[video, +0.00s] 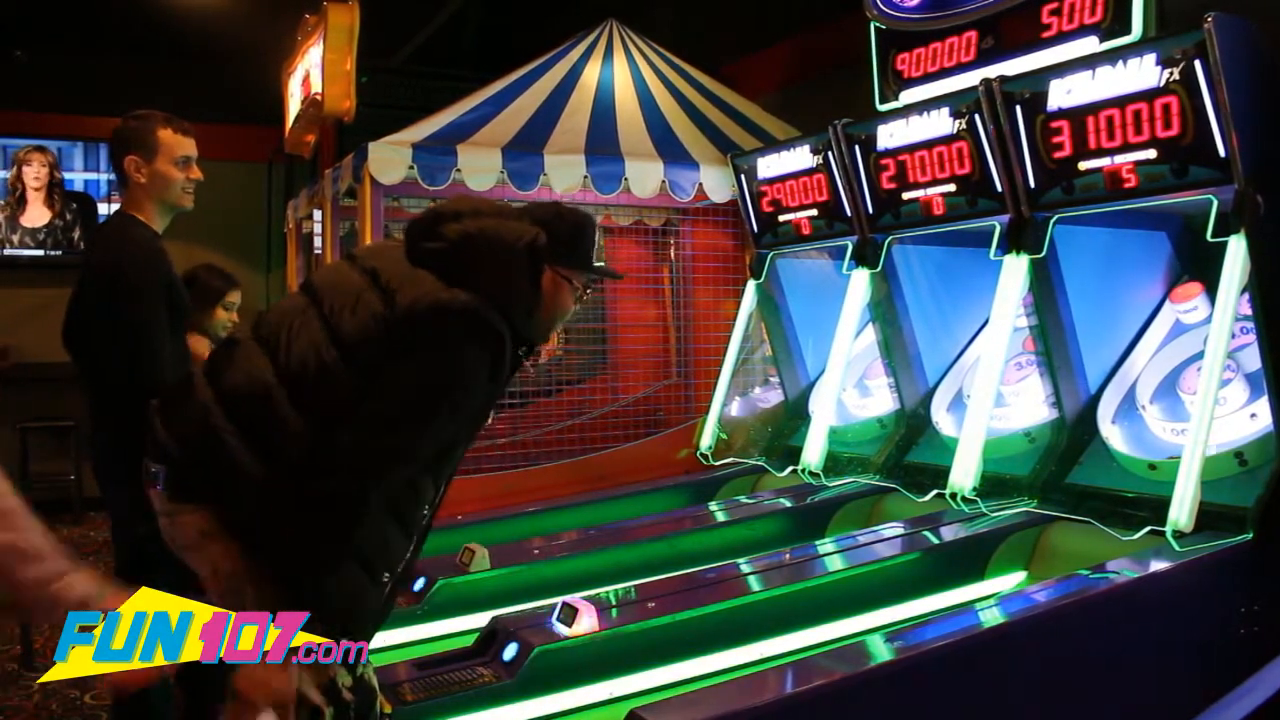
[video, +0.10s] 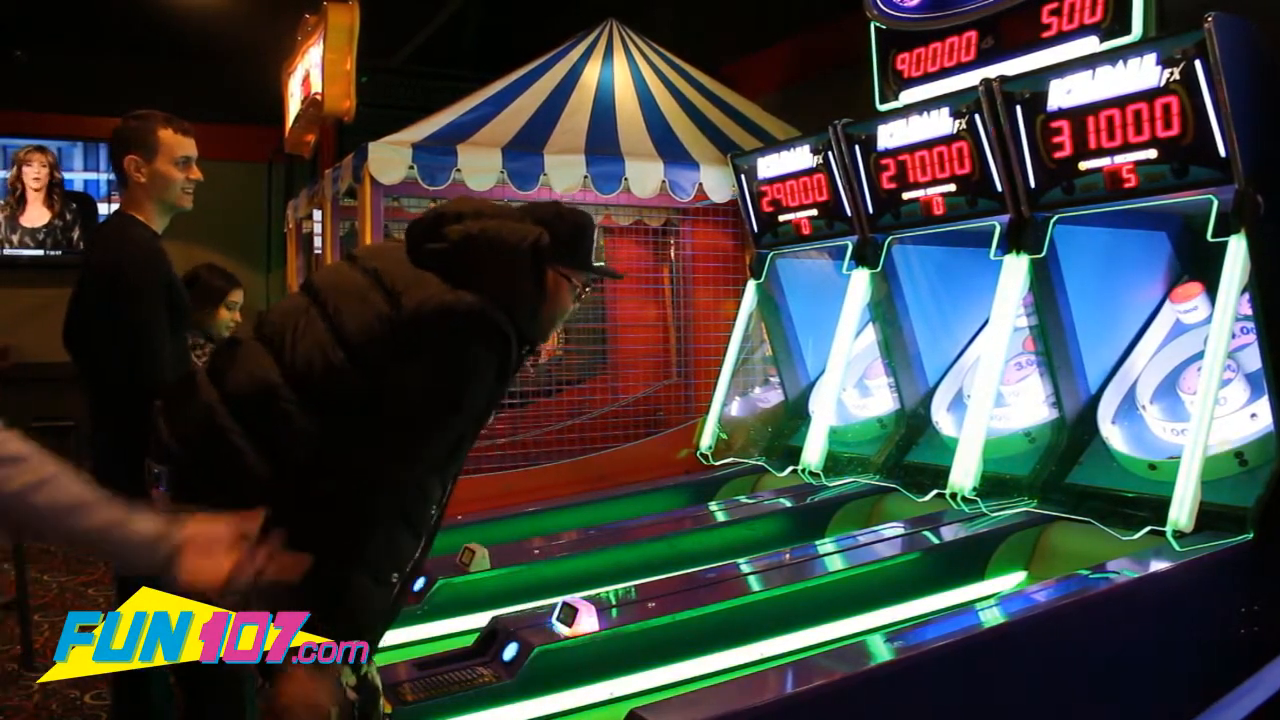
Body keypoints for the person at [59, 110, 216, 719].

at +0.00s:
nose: (196, 175)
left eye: (195, 163)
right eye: (183, 162)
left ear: (139, 171)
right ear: (136, 169)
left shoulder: (112, 240)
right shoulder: (138, 250)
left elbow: (77, 334)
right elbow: (163, 372)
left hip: (121, 448)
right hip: (146, 458)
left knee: (146, 583)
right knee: (168, 590)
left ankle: (144, 699)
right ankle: (167, 702)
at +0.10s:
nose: (196, 175)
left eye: (196, 163)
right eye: (184, 163)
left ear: (141, 171)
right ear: (138, 169)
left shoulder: (110, 240)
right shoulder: (138, 250)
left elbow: (77, 336)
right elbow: (163, 374)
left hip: (119, 444)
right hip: (146, 454)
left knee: (136, 593)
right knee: (148, 601)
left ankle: (135, 700)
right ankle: (145, 704)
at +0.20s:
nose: (195, 177)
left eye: (195, 165)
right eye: (183, 164)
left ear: (141, 173)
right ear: (137, 169)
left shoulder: (119, 242)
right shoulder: (133, 251)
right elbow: (161, 381)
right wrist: (222, 462)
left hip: (137, 454)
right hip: (147, 458)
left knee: (151, 601)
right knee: (168, 605)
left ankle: (146, 706)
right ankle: (165, 707)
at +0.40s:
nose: (197, 177)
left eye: (197, 166)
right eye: (185, 164)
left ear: (142, 173)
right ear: (138, 169)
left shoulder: (122, 241)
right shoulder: (133, 250)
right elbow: (153, 370)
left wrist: (231, 380)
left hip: (136, 456)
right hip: (146, 462)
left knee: (151, 592)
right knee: (165, 597)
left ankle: (148, 702)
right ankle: (159, 703)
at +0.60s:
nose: (195, 177)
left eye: (195, 166)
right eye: (183, 165)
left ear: (140, 173)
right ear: (137, 169)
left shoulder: (113, 239)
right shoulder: (134, 251)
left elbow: (84, 345)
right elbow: (144, 370)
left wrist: (156, 391)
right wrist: (164, 464)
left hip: (133, 458)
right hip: (145, 463)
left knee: (149, 590)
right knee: (167, 596)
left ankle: (146, 700)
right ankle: (159, 702)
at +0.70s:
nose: (195, 176)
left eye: (194, 164)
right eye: (183, 164)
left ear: (139, 171)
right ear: (136, 168)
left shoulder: (111, 239)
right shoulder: (135, 252)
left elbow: (76, 337)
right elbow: (153, 374)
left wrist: (122, 433)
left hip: (131, 451)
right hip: (148, 456)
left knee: (145, 593)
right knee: (168, 597)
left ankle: (145, 703)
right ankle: (163, 704)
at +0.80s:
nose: (194, 174)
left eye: (193, 162)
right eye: (181, 162)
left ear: (140, 172)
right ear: (135, 168)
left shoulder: (110, 238)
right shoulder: (132, 249)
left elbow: (75, 336)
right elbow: (151, 368)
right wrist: (173, 448)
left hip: (120, 452)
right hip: (138, 460)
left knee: (139, 597)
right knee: (163, 601)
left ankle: (141, 703)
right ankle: (159, 704)